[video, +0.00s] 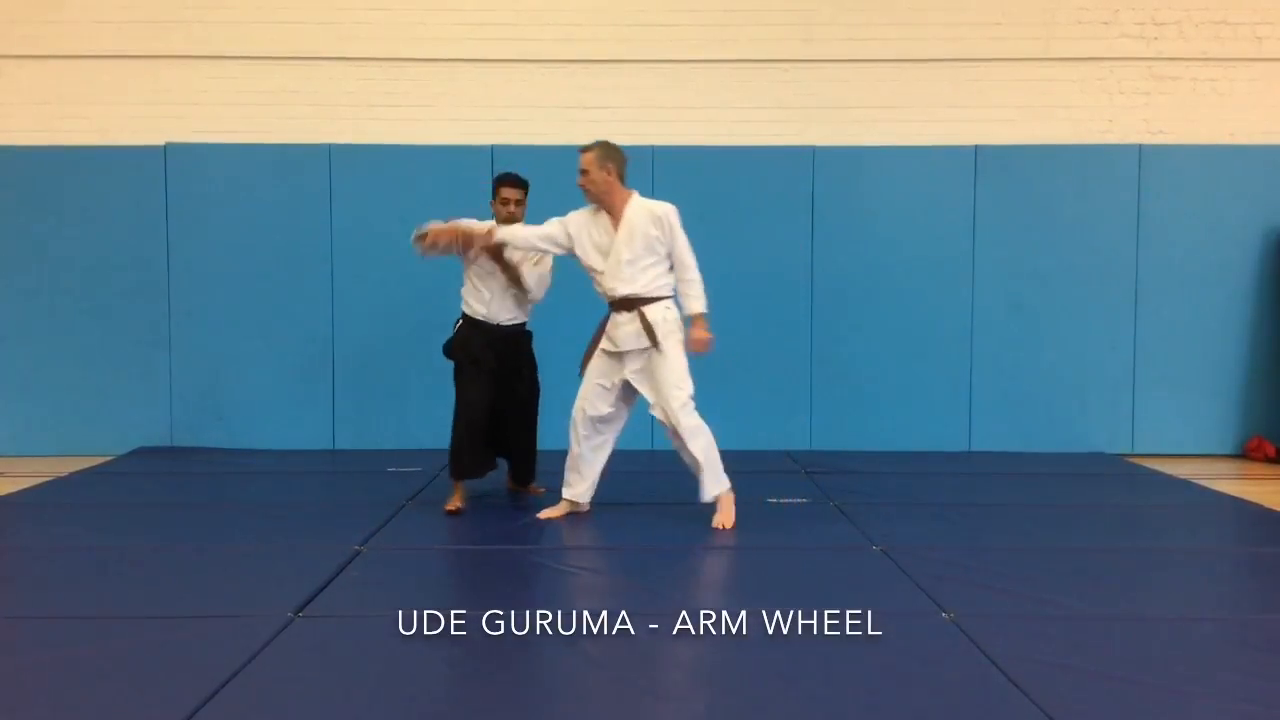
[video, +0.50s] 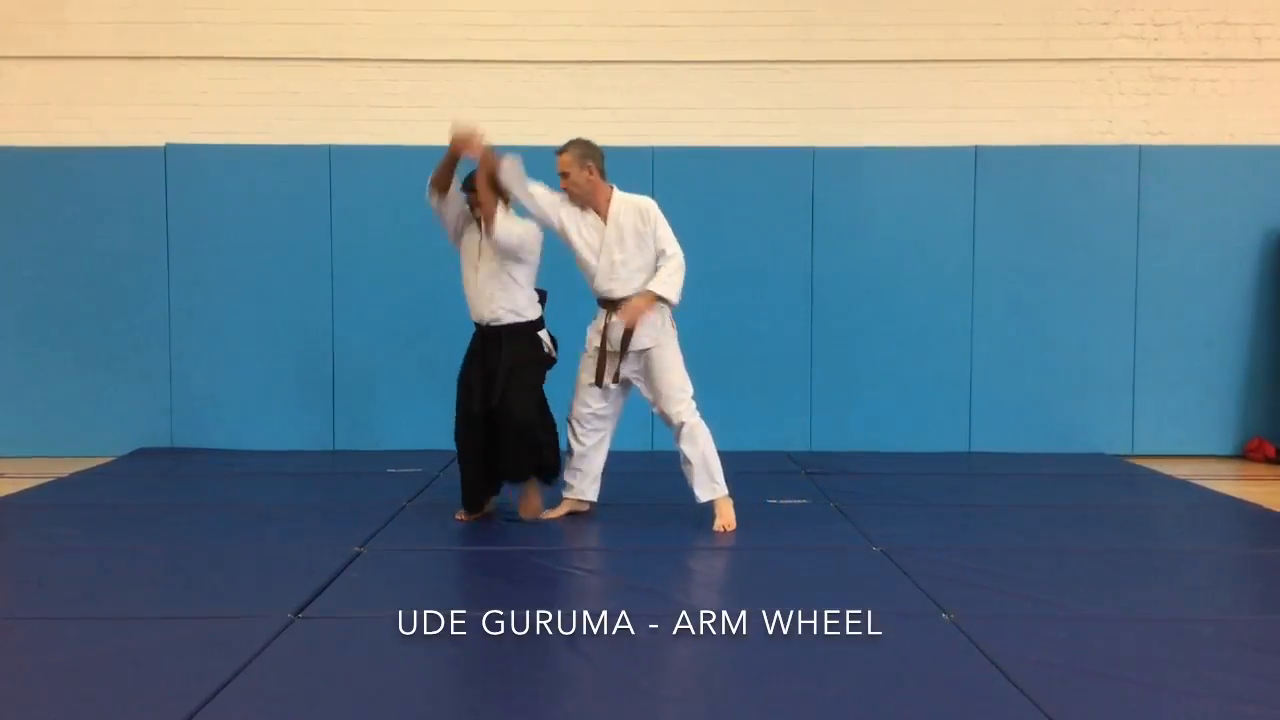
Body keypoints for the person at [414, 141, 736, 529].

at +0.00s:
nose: (579, 181)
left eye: (585, 172)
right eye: (578, 173)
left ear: (612, 172)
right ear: (601, 175)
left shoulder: (659, 215)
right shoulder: (580, 223)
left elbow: (686, 267)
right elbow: (532, 235)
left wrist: (697, 319)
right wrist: (479, 234)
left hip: (657, 324)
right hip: (616, 328)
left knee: (677, 411)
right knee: (590, 411)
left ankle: (722, 495)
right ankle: (576, 499)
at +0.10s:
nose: (567, 180)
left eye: (573, 172)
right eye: (566, 172)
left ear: (599, 172)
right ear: (586, 174)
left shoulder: (649, 211)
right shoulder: (566, 222)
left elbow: (679, 262)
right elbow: (520, 252)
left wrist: (680, 312)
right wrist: (474, 274)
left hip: (652, 322)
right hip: (611, 326)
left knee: (674, 408)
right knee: (588, 410)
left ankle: (721, 490)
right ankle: (579, 496)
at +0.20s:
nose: (554, 184)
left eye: (560, 176)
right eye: (553, 176)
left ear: (585, 176)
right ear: (575, 177)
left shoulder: (637, 212)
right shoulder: (558, 228)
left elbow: (677, 258)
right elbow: (522, 269)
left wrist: (675, 307)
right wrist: (484, 299)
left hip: (649, 321)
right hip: (606, 327)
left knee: (678, 407)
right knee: (586, 413)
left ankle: (723, 491)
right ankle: (579, 496)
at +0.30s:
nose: (548, 191)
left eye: (553, 182)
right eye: (547, 183)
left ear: (579, 179)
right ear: (569, 181)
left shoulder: (632, 213)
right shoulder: (555, 231)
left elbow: (673, 256)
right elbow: (519, 269)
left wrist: (672, 306)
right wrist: (475, 299)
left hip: (649, 323)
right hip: (605, 330)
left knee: (680, 412)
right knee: (585, 414)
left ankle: (722, 496)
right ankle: (578, 497)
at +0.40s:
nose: (553, 189)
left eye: (558, 180)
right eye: (552, 181)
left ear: (584, 178)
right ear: (573, 180)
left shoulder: (636, 212)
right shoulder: (558, 226)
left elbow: (673, 259)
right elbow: (509, 229)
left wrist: (666, 308)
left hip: (650, 323)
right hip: (606, 329)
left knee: (679, 413)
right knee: (585, 414)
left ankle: (720, 497)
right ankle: (578, 497)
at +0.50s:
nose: (561, 185)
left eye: (566, 176)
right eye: (560, 177)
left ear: (591, 173)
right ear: (582, 175)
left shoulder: (641, 209)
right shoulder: (567, 214)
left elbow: (673, 260)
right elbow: (523, 192)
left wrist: (645, 299)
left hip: (651, 321)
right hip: (606, 324)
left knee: (680, 411)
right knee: (588, 412)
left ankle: (720, 498)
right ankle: (580, 496)